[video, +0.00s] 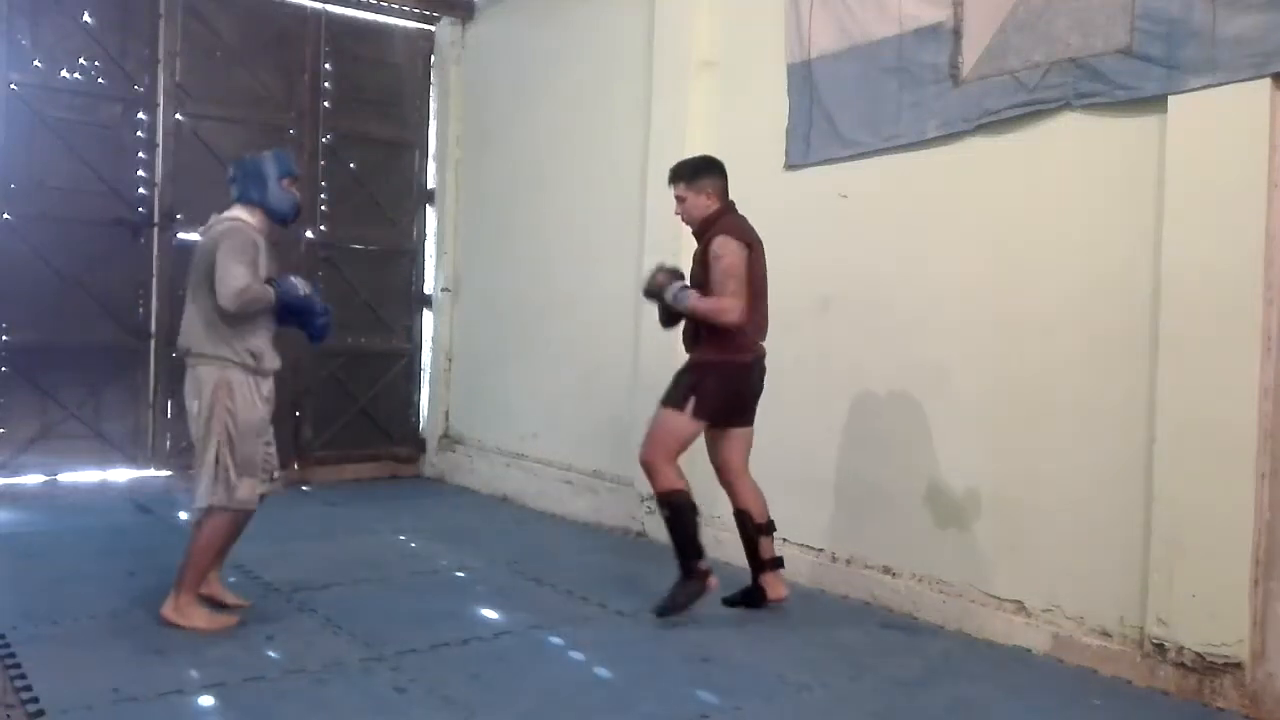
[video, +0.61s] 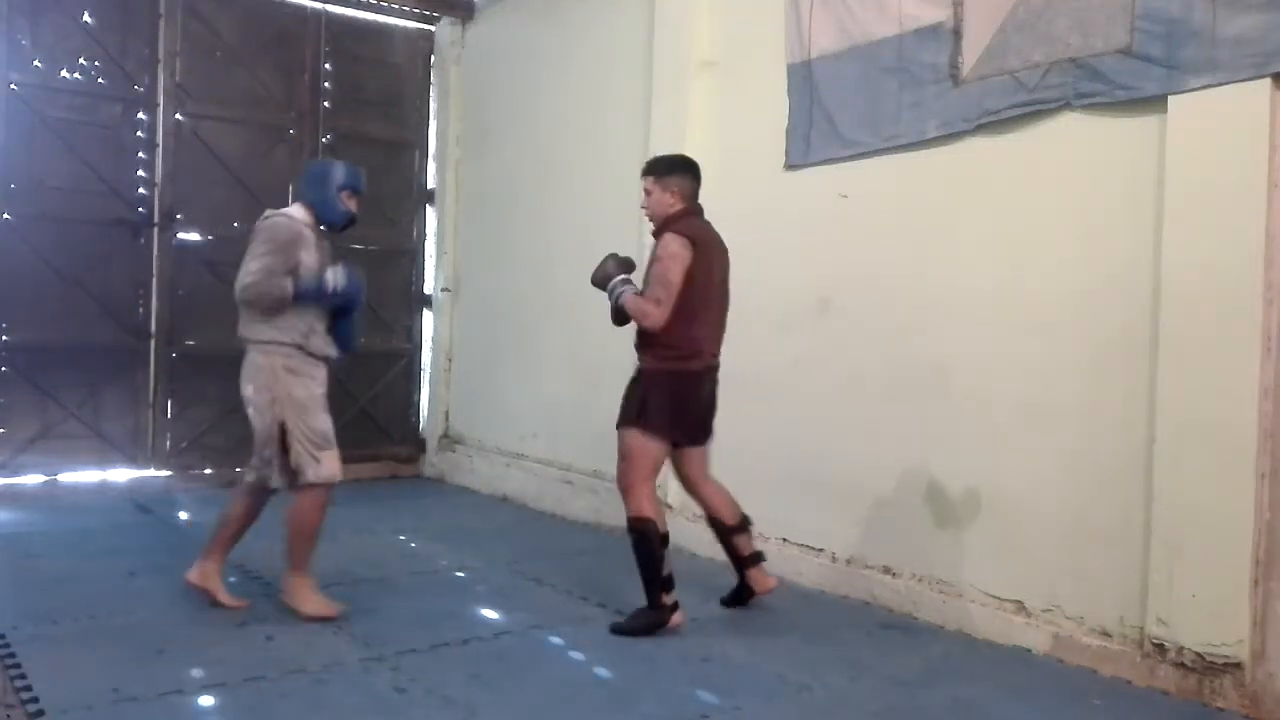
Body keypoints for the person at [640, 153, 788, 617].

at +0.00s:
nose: (677, 210)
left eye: (682, 200)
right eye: (676, 201)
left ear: (709, 196)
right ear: (710, 197)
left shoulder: (724, 240)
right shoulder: (736, 232)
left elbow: (731, 311)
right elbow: (731, 302)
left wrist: (679, 295)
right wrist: (685, 301)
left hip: (713, 368)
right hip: (743, 368)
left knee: (657, 457)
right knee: (733, 471)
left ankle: (694, 571)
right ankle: (769, 579)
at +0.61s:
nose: (643, 203)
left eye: (648, 193)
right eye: (643, 193)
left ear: (675, 194)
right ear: (682, 196)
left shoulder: (675, 240)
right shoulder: (709, 238)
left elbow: (652, 315)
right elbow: (693, 309)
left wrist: (620, 289)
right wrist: (639, 303)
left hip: (662, 380)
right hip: (698, 379)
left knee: (635, 483)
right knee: (697, 478)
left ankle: (661, 603)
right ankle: (754, 575)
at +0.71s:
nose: (635, 186)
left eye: (640, 177)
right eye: (636, 177)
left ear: (663, 178)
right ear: (678, 179)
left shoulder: (660, 220)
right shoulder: (709, 227)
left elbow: (644, 296)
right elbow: (716, 308)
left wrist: (608, 269)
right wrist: (644, 299)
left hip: (656, 362)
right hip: (693, 360)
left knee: (648, 478)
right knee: (669, 469)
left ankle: (658, 598)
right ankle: (709, 570)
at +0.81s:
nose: (632, 187)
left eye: (636, 178)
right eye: (632, 178)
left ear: (658, 178)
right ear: (675, 179)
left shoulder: (654, 217)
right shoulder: (708, 227)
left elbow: (606, 287)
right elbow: (719, 306)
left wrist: (582, 249)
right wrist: (665, 282)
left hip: (652, 360)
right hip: (688, 359)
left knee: (650, 480)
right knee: (646, 476)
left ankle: (671, 596)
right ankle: (643, 588)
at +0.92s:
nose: (635, 203)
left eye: (641, 195)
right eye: (636, 194)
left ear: (663, 196)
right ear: (678, 198)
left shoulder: (647, 243)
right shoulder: (709, 250)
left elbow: (577, 283)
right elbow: (718, 322)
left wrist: (545, 240)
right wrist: (668, 294)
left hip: (641, 381)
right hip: (676, 383)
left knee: (618, 488)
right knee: (622, 486)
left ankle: (668, 595)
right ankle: (619, 600)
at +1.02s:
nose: (647, 206)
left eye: (651, 198)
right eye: (648, 198)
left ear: (672, 198)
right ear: (692, 199)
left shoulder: (661, 239)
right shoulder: (719, 254)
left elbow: (593, 272)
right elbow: (714, 328)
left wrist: (519, 260)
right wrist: (665, 300)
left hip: (630, 372)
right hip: (671, 383)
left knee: (542, 434)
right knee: (624, 477)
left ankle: (589, 535)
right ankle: (623, 601)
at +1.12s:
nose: (658, 204)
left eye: (662, 196)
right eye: (659, 195)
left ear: (684, 195)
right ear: (702, 197)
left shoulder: (667, 234)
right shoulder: (730, 257)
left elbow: (604, 277)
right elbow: (710, 328)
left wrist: (522, 303)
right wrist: (651, 315)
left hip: (620, 354)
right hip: (664, 379)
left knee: (515, 358)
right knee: (624, 477)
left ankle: (491, 466)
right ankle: (621, 602)